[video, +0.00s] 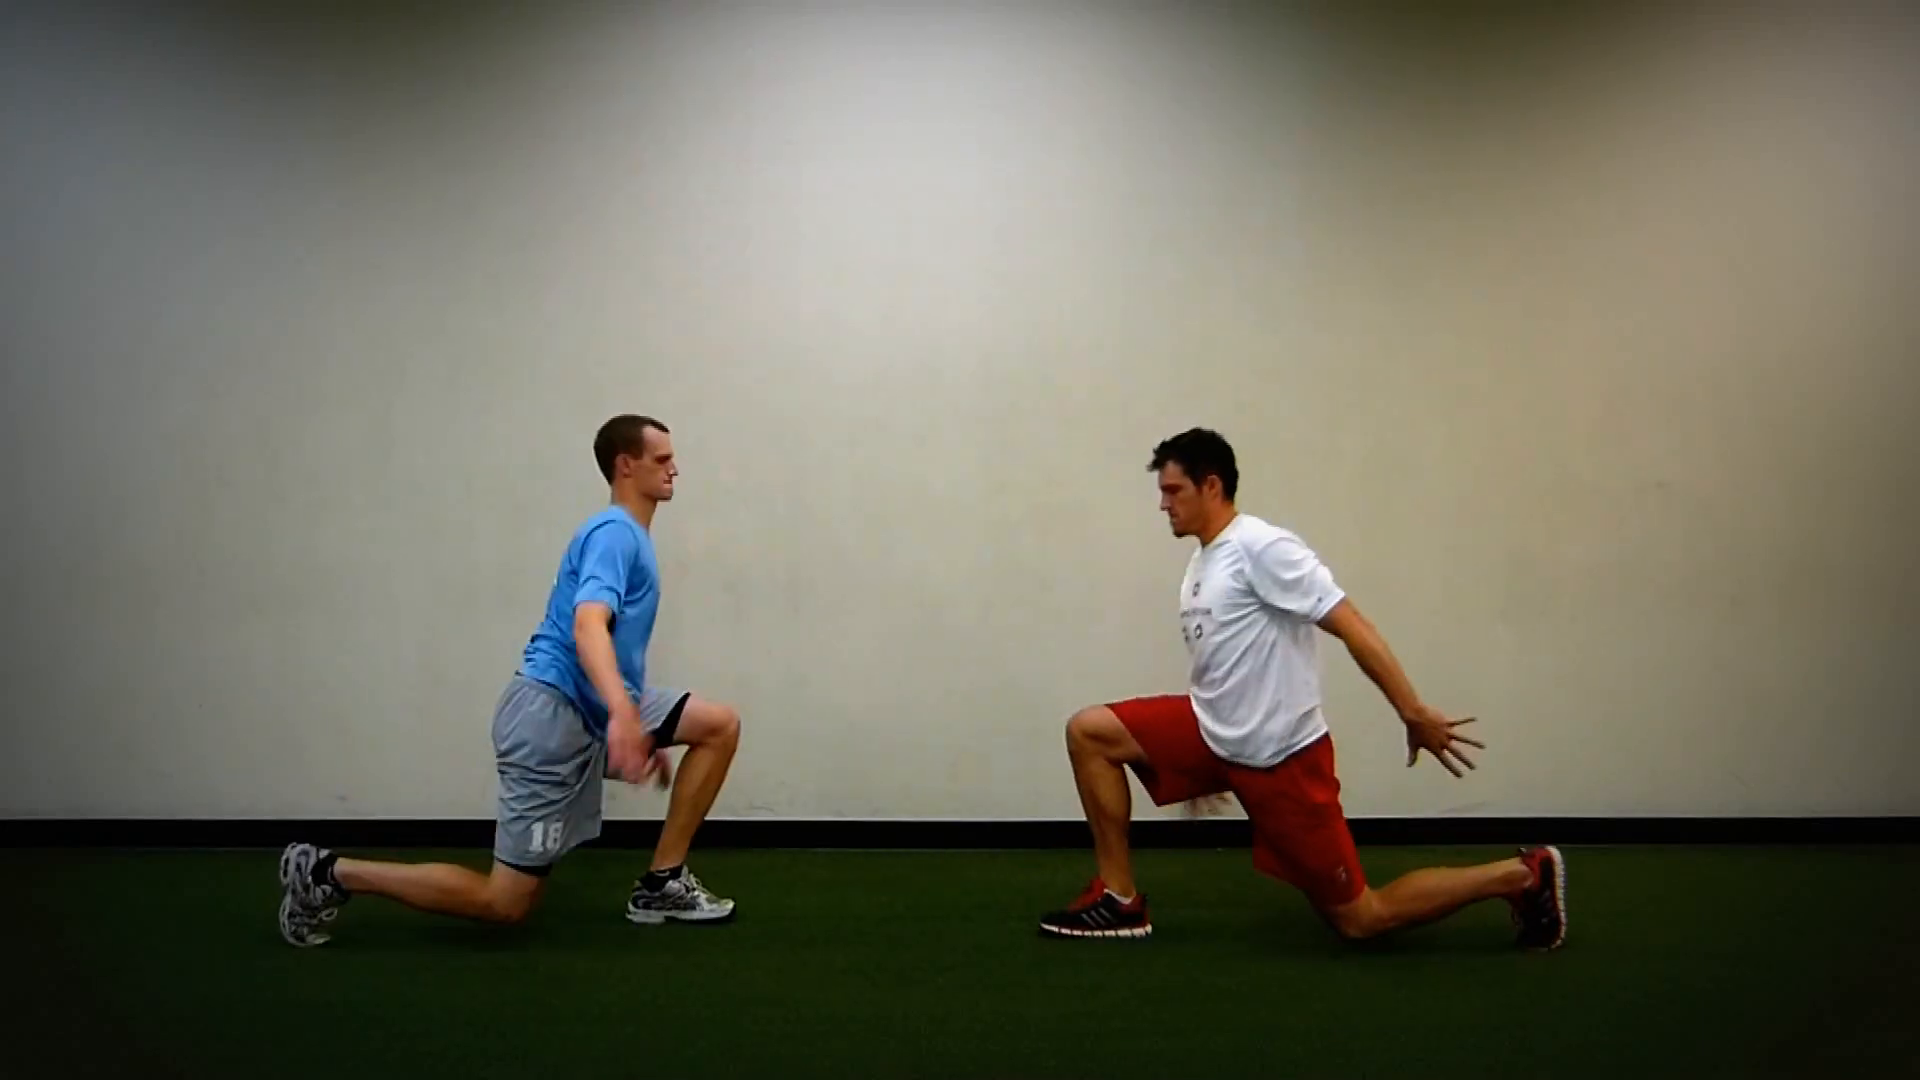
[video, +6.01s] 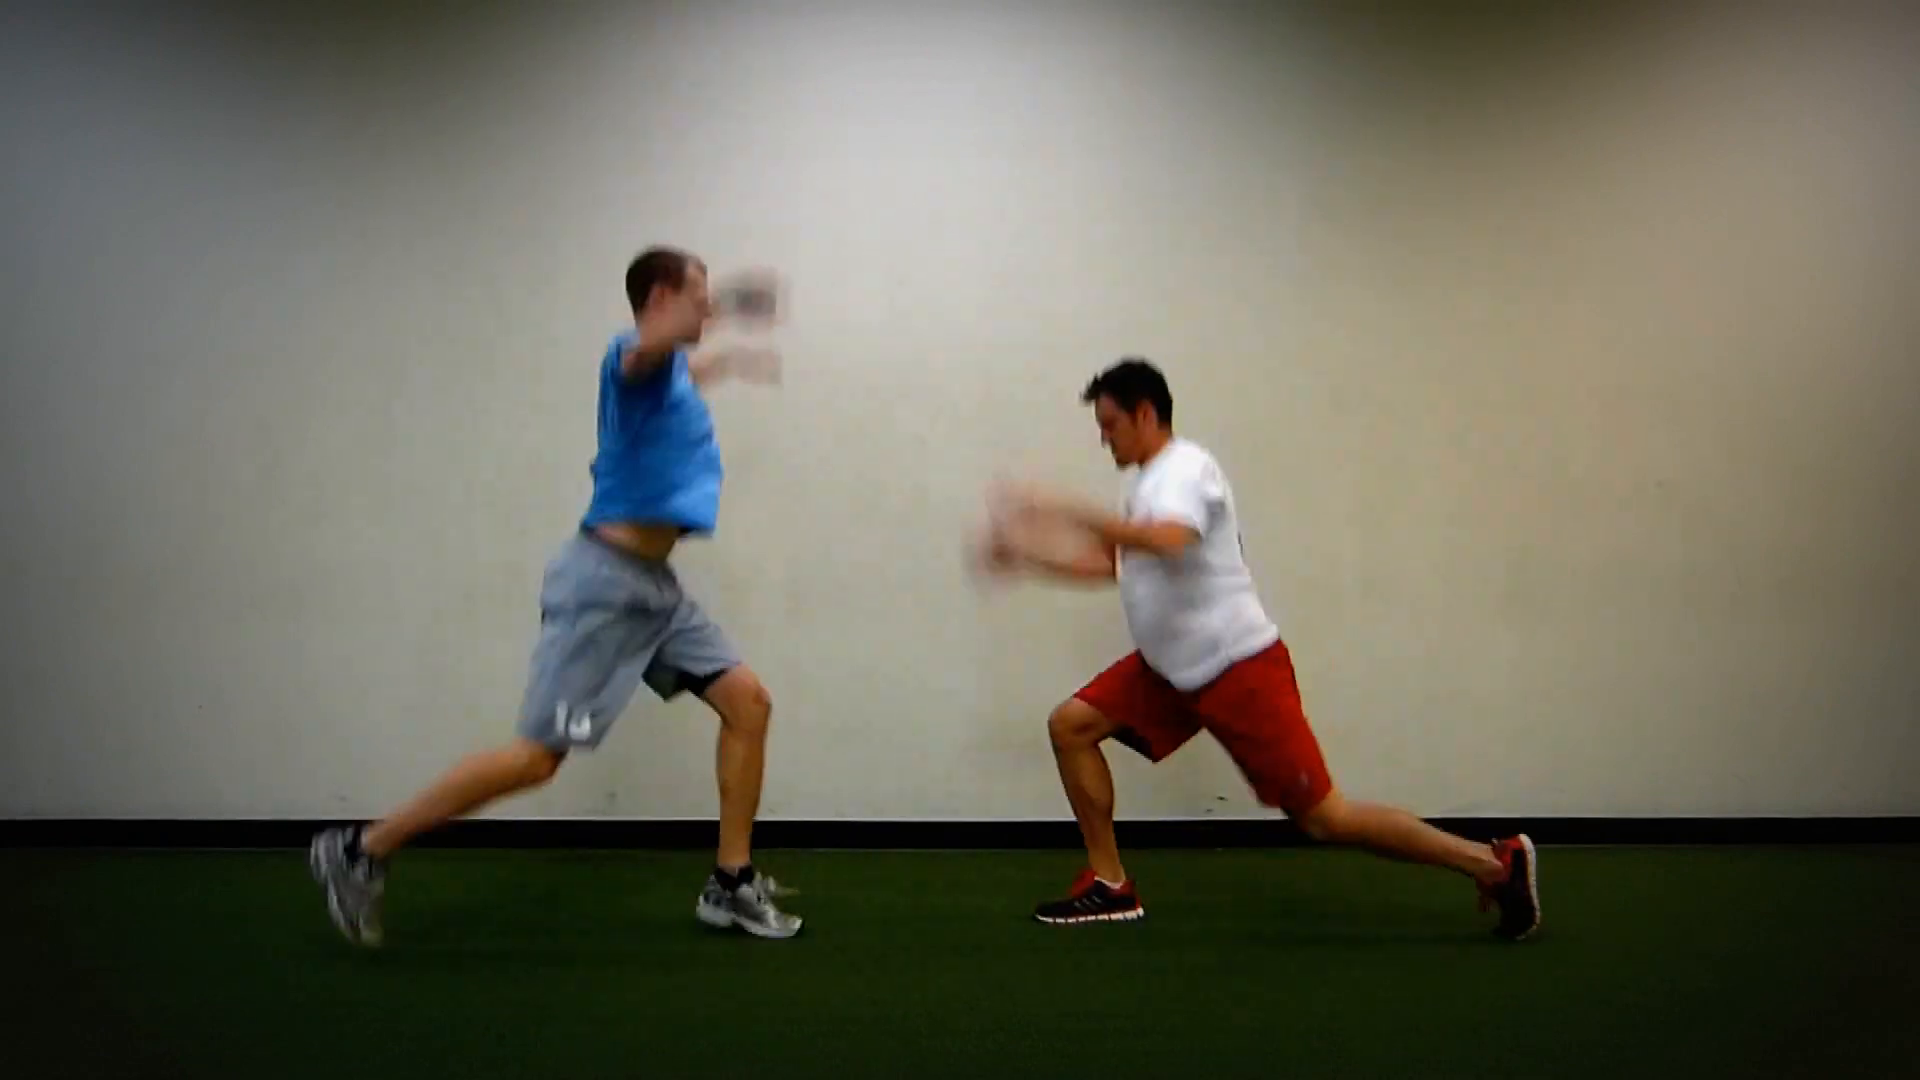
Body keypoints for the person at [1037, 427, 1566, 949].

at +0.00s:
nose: (1163, 504)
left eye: (1171, 491)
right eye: (1161, 492)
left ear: (1212, 486)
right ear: (1196, 488)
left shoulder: (1267, 551)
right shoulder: (1203, 563)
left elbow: (1353, 627)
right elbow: (1222, 669)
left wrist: (1412, 712)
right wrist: (1194, 761)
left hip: (1283, 754)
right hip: (1214, 727)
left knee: (1357, 919)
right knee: (1090, 734)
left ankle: (1524, 875)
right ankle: (1118, 899)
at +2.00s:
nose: (1085, 507)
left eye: (1092, 494)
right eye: (1083, 495)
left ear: (1131, 491)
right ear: (1127, 492)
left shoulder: (1178, 550)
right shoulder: (1148, 556)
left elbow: (1281, 598)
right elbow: (1272, 594)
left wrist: (1377, 634)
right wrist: (1352, 616)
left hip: (1223, 726)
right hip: (1215, 728)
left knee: (1066, 749)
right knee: (1276, 882)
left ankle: (1119, 911)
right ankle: (1426, 850)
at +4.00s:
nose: (1143, 513)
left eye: (1151, 500)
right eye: (1141, 501)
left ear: (1192, 499)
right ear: (1182, 501)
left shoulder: (1233, 563)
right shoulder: (1199, 559)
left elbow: (1314, 630)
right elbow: (1290, 612)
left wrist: (1410, 695)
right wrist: (1351, 644)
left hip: (1270, 752)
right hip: (1211, 723)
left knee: (1349, 908)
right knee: (1091, 727)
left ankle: (1519, 872)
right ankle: (1125, 886)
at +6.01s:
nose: (1101, 435)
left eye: (1107, 420)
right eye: (1099, 422)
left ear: (1145, 413)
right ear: (1136, 418)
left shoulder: (1184, 467)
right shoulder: (1142, 486)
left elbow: (1170, 539)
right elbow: (1116, 568)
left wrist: (1062, 514)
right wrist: (1031, 561)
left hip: (1237, 661)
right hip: (1168, 664)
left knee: (1325, 818)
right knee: (1070, 725)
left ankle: (1494, 864)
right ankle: (1109, 885)